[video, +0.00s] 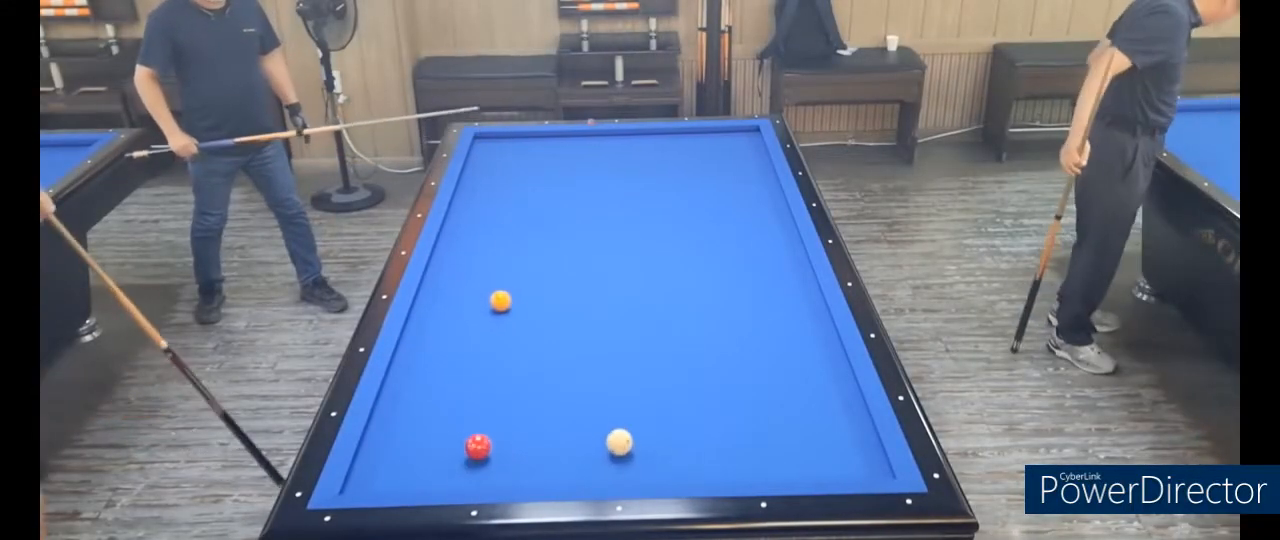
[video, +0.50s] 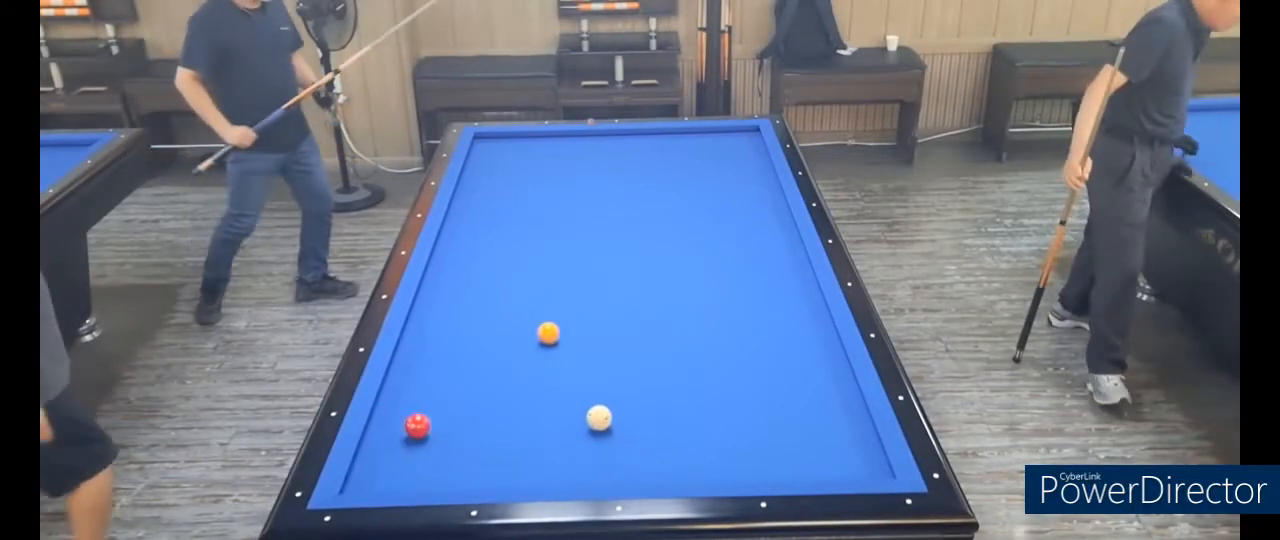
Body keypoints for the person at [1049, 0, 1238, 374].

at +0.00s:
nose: (1228, 15)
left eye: (1231, 9)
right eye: (1232, 8)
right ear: (1220, 3)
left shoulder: (1154, 7)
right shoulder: (1169, 18)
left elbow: (1097, 57)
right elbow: (1102, 67)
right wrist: (1075, 139)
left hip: (1112, 141)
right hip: (1122, 148)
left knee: (1096, 238)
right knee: (1102, 245)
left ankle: (1069, 310)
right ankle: (1070, 335)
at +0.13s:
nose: (1228, 17)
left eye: (1232, 11)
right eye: (1231, 9)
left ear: (1212, 1)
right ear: (1217, 1)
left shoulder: (1166, 13)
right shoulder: (1168, 18)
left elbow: (1112, 66)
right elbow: (1108, 66)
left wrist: (1090, 136)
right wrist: (1085, 137)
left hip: (1123, 143)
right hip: (1124, 149)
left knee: (1104, 236)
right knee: (1117, 248)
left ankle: (1071, 308)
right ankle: (1072, 334)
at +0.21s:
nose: (1230, 17)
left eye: (1233, 10)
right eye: (1232, 8)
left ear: (1210, 2)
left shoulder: (1170, 16)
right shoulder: (1166, 18)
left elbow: (1114, 70)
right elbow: (1107, 68)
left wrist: (1093, 136)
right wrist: (1086, 136)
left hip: (1126, 145)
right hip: (1126, 150)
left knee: (1105, 237)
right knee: (1124, 248)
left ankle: (1071, 310)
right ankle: (1075, 333)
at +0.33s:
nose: (1233, 15)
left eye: (1235, 8)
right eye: (1234, 6)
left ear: (1213, 2)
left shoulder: (1179, 21)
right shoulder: (1165, 19)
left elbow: (1122, 77)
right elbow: (1106, 71)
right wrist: (1084, 139)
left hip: (1136, 148)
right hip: (1125, 151)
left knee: (1102, 237)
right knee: (1130, 254)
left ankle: (1068, 309)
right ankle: (1083, 347)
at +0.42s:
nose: (1233, 14)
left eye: (1235, 8)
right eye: (1234, 6)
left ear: (1214, 3)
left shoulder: (1185, 23)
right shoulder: (1165, 20)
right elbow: (1105, 74)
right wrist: (1082, 144)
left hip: (1142, 149)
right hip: (1124, 151)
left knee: (1102, 235)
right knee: (1128, 255)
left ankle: (1070, 307)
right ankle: (1092, 356)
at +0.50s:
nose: (1237, 15)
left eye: (1238, 8)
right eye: (1236, 6)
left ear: (1217, 4)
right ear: (1215, 1)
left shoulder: (1194, 28)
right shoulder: (1163, 26)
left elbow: (1154, 91)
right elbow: (1099, 87)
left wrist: (1164, 140)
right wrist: (1076, 156)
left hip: (1150, 155)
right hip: (1123, 155)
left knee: (1105, 237)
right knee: (1122, 266)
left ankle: (1071, 306)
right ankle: (1104, 367)